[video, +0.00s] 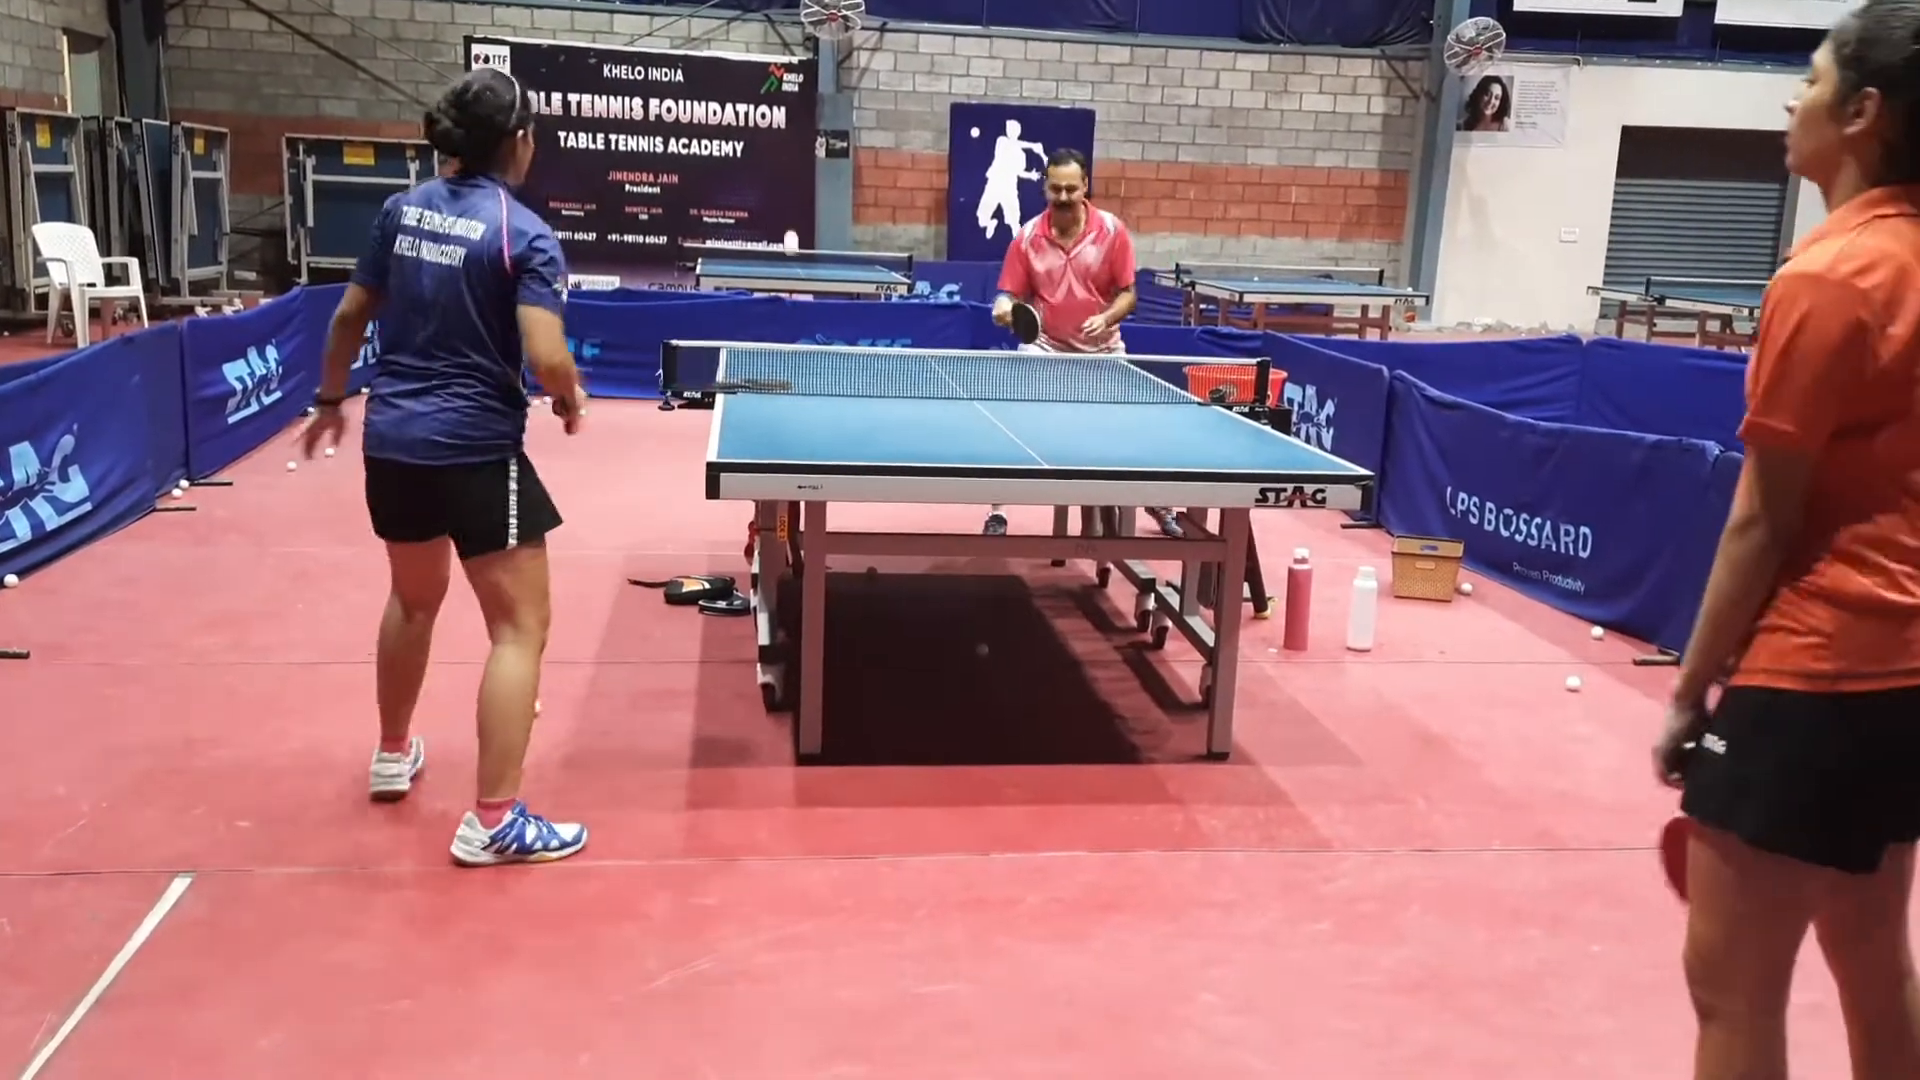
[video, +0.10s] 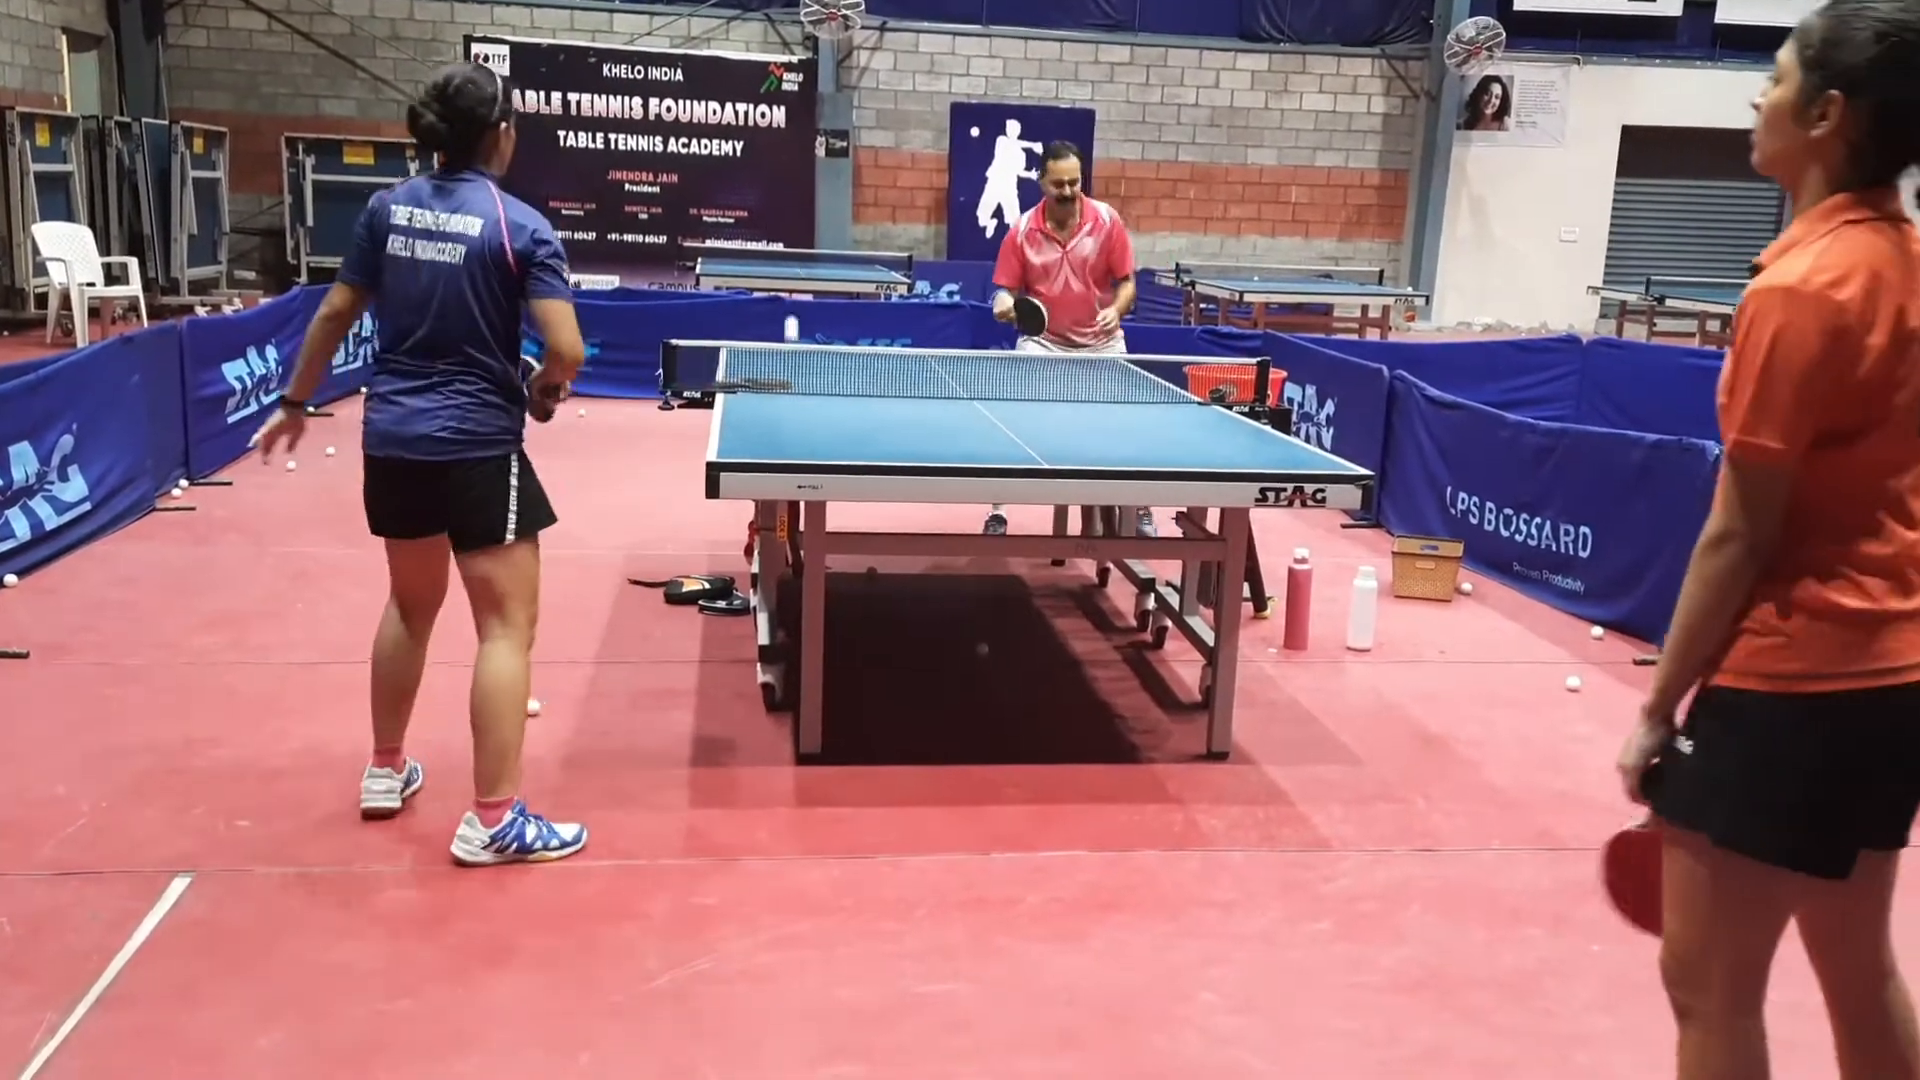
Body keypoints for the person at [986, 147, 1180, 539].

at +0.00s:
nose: (1063, 198)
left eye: (1072, 189)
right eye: (1055, 189)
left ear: (1086, 188)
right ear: (1045, 188)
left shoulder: (1112, 231)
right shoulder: (1028, 239)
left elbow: (1129, 293)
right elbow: (1007, 293)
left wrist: (1107, 318)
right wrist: (1004, 308)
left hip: (1102, 348)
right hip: (1043, 347)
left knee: (1129, 424)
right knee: (1014, 412)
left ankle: (1161, 504)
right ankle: (998, 509)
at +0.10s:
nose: (1067, 191)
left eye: (1073, 183)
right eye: (1058, 184)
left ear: (1083, 179)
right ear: (1042, 181)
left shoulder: (1106, 220)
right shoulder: (1024, 229)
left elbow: (1127, 282)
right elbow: (1006, 286)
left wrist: (1117, 309)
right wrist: (1004, 302)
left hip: (1103, 342)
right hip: (1041, 342)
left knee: (1124, 423)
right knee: (1015, 413)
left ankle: (1135, 511)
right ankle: (999, 509)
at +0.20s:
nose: (1074, 189)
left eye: (1081, 181)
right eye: (1065, 182)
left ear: (1089, 178)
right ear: (1048, 179)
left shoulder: (1110, 217)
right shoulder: (1026, 226)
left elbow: (1135, 276)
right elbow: (1007, 285)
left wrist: (1135, 304)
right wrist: (1009, 300)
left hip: (1103, 339)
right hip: (1042, 340)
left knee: (1120, 424)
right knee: (1018, 412)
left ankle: (1130, 512)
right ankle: (998, 509)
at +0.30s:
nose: (1091, 195)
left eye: (1097, 186)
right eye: (1082, 187)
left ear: (1104, 182)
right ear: (1062, 183)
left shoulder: (1120, 220)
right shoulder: (1035, 229)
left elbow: (1148, 275)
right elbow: (1014, 284)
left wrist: (1157, 303)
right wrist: (1015, 302)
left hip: (1106, 340)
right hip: (1046, 341)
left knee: (1127, 422)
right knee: (1019, 415)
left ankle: (1148, 512)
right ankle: (998, 508)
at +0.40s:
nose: (1110, 205)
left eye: (1117, 197)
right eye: (1102, 197)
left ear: (1125, 193)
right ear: (1083, 190)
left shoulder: (1138, 231)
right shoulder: (1052, 231)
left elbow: (1167, 281)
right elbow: (1029, 283)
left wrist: (1181, 313)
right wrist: (1027, 305)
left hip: (1117, 348)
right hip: (1054, 346)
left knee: (1134, 429)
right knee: (1024, 419)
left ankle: (1152, 522)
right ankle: (999, 509)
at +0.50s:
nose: (1128, 215)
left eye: (1137, 207)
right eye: (1121, 205)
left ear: (1146, 203)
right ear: (1105, 197)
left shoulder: (1158, 243)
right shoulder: (1075, 235)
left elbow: (1187, 296)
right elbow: (1048, 285)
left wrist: (1203, 332)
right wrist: (1042, 307)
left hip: (1132, 353)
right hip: (1074, 351)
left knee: (1147, 435)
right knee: (1035, 421)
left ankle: (1156, 528)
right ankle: (1003, 508)